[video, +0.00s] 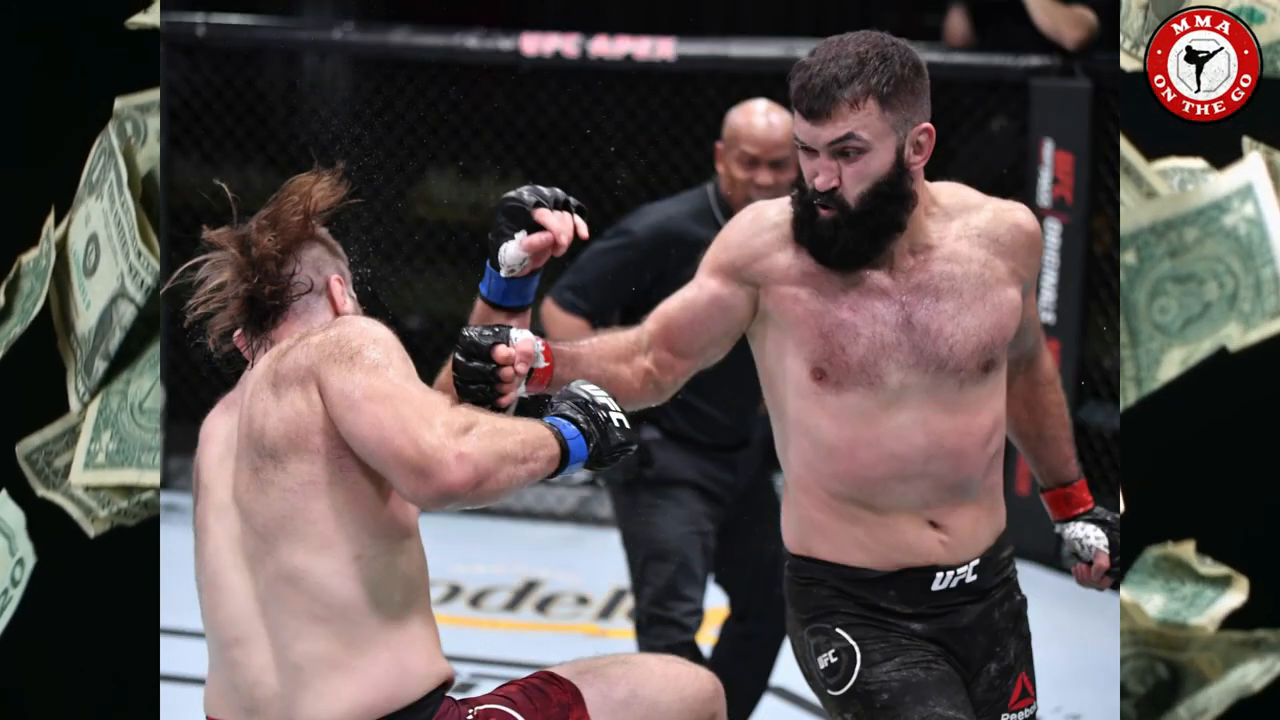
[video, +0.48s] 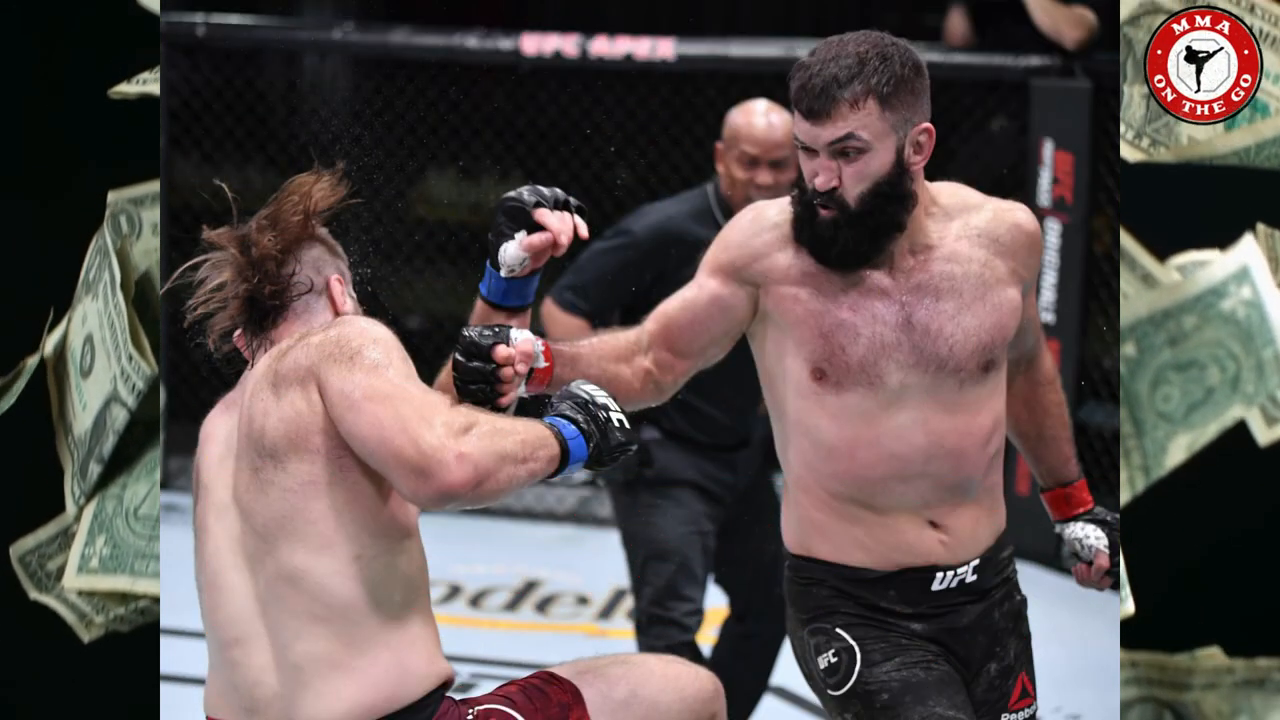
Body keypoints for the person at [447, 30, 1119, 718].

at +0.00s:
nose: (817, 177)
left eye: (845, 152)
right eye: (805, 151)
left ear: (918, 144)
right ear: (791, 140)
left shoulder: (1006, 235)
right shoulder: (758, 243)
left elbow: (1028, 367)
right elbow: (650, 361)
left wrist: (1076, 507)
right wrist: (538, 368)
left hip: (982, 595)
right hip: (845, 607)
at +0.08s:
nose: (817, 177)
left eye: (845, 151)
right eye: (805, 151)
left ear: (918, 144)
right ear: (790, 140)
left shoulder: (1006, 235)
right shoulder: (758, 243)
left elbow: (1028, 366)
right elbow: (650, 360)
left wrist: (1075, 506)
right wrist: (538, 368)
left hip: (982, 595)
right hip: (845, 607)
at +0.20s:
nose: (817, 177)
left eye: (845, 152)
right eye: (805, 151)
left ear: (918, 144)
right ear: (791, 140)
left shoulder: (1006, 235)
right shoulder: (758, 243)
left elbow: (1028, 367)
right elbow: (650, 361)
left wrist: (1075, 506)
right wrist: (538, 368)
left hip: (982, 595)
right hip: (845, 608)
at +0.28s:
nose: (818, 177)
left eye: (845, 151)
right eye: (805, 151)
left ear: (918, 143)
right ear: (790, 140)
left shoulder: (1006, 235)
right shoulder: (758, 243)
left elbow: (1028, 366)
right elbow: (650, 360)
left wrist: (1074, 506)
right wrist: (539, 368)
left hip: (982, 595)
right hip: (845, 607)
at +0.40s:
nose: (817, 177)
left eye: (845, 152)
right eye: (805, 151)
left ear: (918, 144)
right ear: (790, 140)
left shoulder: (1005, 235)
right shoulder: (758, 243)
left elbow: (1028, 367)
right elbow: (651, 361)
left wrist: (1075, 507)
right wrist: (538, 368)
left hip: (983, 594)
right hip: (845, 607)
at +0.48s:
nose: (817, 177)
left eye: (845, 152)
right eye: (805, 151)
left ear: (919, 144)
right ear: (790, 140)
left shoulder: (1006, 235)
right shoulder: (758, 243)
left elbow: (1028, 367)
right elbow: (650, 359)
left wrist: (1075, 508)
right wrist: (538, 368)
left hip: (982, 595)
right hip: (845, 608)